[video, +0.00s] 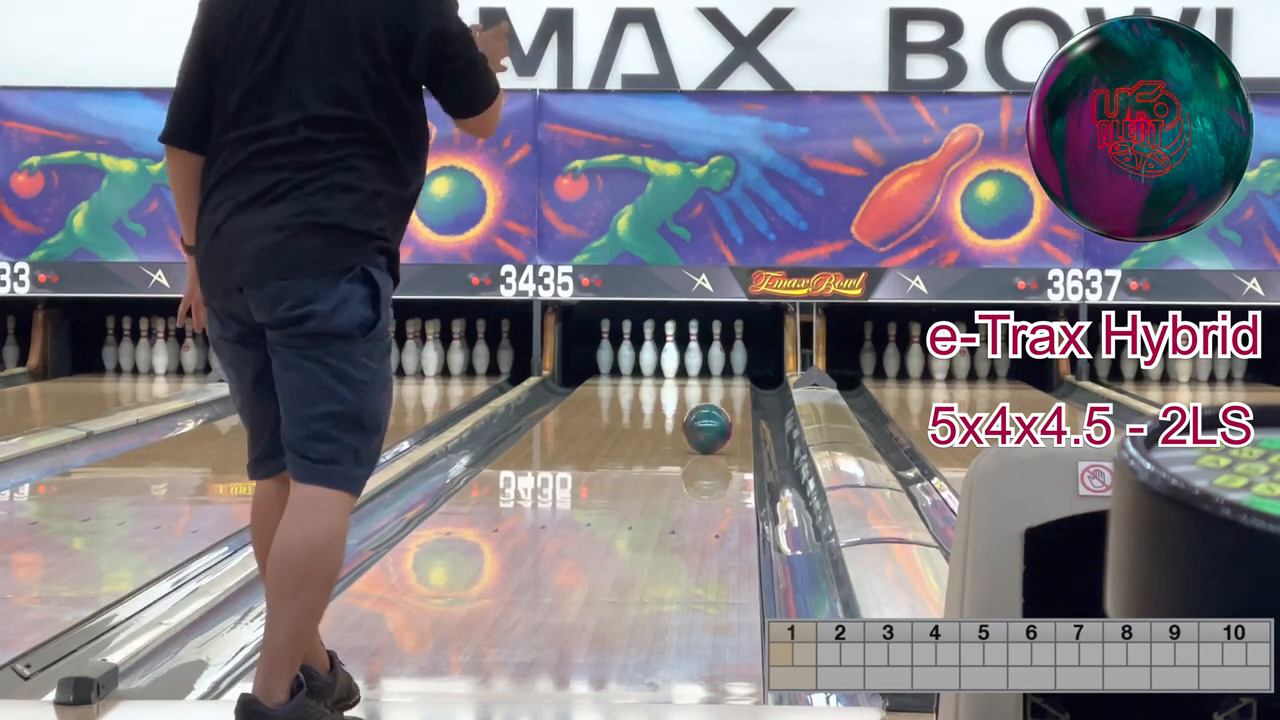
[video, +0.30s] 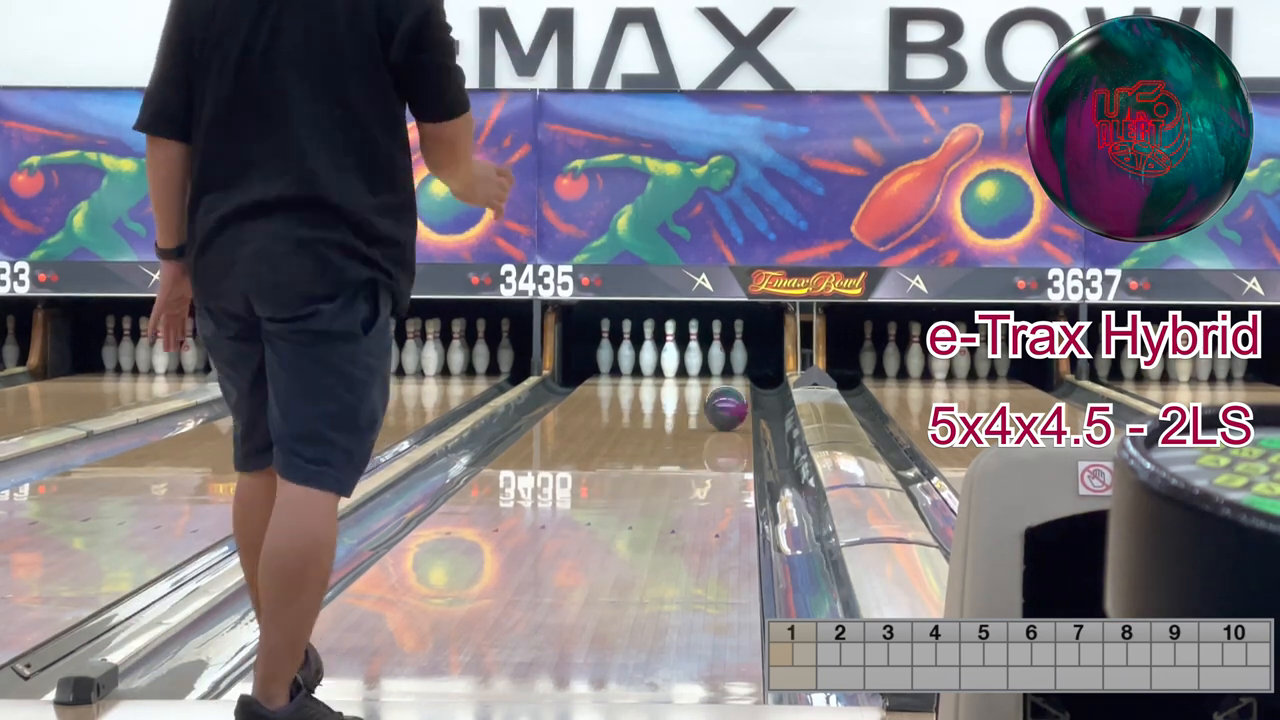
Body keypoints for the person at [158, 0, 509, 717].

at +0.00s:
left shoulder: (230, 3)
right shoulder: (411, 4)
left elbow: (183, 140)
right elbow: (479, 115)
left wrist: (201, 257)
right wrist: (486, 55)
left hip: (226, 254)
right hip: (328, 251)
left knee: (274, 471)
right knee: (328, 477)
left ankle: (309, 663)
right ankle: (269, 694)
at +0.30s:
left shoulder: (203, 3)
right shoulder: (400, 2)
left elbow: (165, 130)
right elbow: (447, 146)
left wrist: (172, 257)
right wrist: (478, 180)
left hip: (223, 250)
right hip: (333, 251)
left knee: (259, 465)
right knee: (311, 479)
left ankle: (293, 659)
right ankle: (270, 698)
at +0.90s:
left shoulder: (179, 2)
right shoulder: (388, 3)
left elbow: (145, 123)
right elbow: (411, 130)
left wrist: (152, 250)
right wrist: (433, 260)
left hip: (199, 257)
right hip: (317, 267)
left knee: (203, 451)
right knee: (293, 482)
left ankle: (177, 670)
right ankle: (271, 695)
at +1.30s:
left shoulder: (174, 2)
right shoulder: (384, 3)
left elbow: (141, 121)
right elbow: (409, 130)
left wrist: (150, 252)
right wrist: (443, 263)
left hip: (194, 256)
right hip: (312, 265)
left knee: (197, 452)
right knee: (289, 484)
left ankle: (174, 671)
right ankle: (271, 696)